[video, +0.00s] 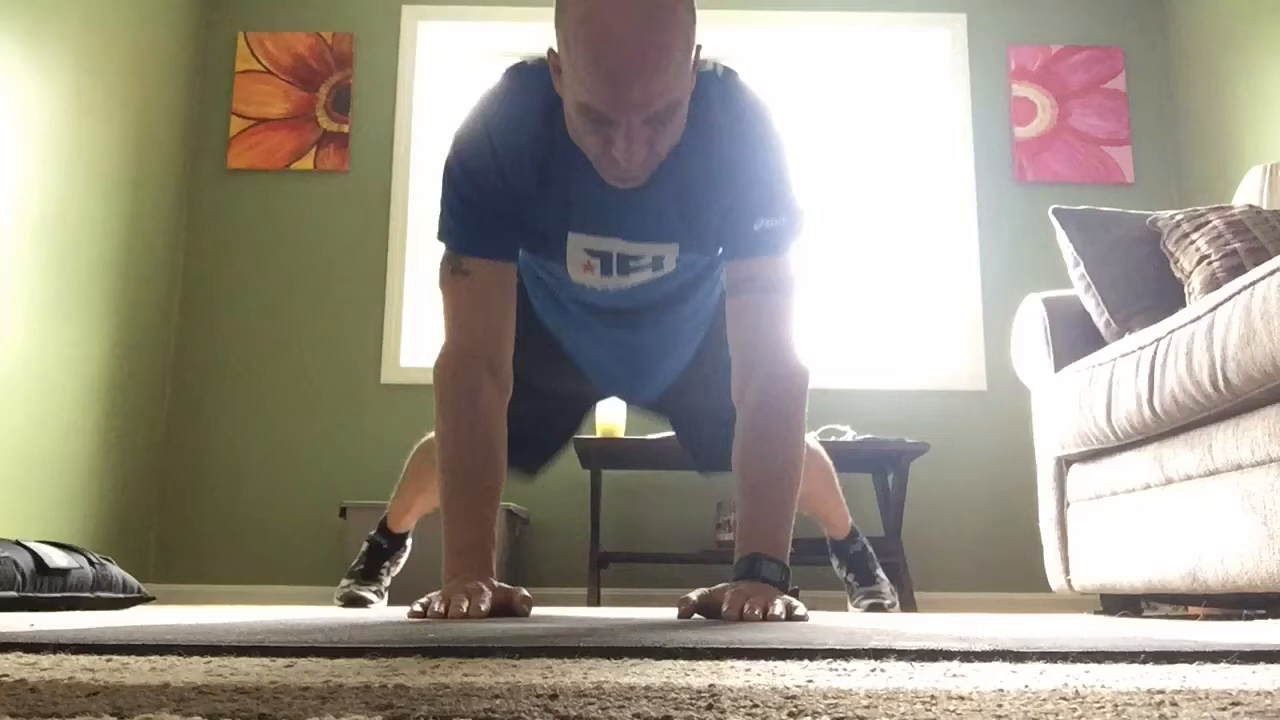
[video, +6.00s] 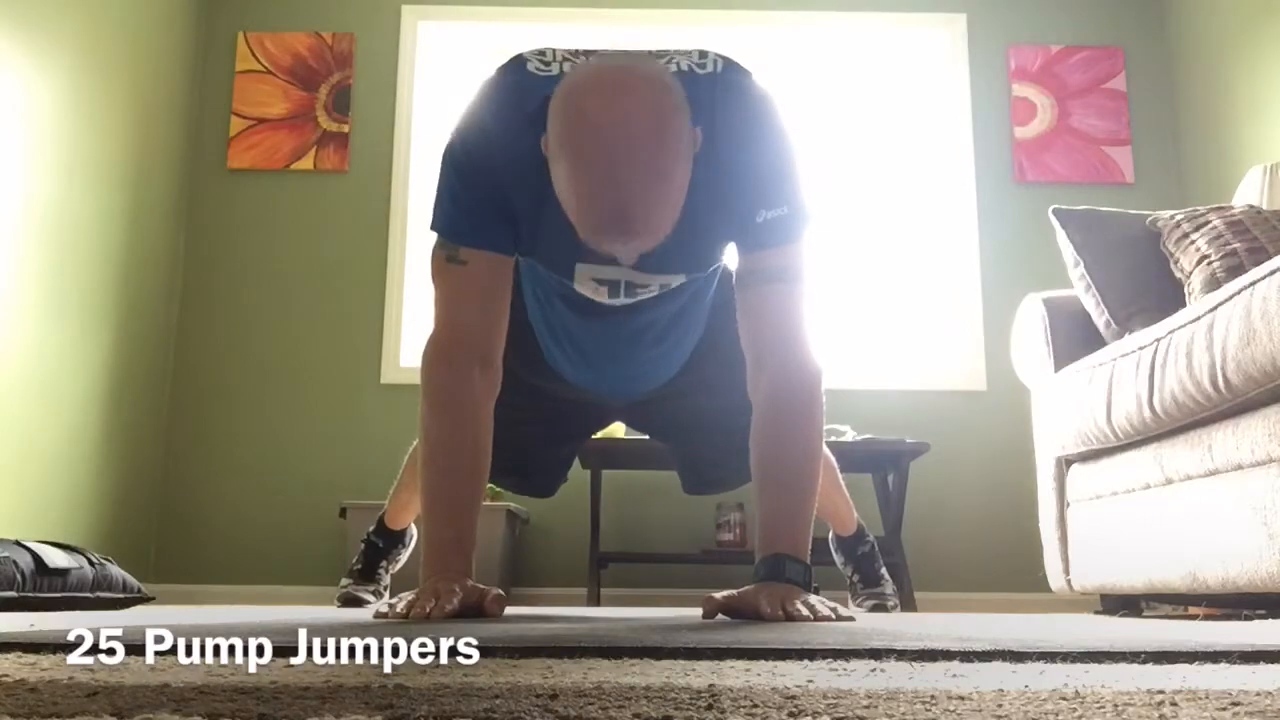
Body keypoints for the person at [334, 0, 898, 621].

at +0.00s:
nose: (629, 153)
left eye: (660, 118)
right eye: (598, 120)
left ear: (694, 68)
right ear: (557, 68)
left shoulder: (739, 130)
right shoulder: (498, 136)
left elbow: (770, 372)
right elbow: (472, 368)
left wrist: (758, 576)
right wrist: (469, 577)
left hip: (690, 328)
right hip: (549, 326)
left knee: (784, 454)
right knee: (457, 452)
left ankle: (850, 546)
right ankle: (386, 536)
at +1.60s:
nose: (616, 228)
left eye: (636, 212)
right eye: (591, 213)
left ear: (683, 128)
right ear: (543, 139)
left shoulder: (743, 129)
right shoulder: (489, 127)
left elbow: (789, 367)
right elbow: (461, 356)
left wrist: (785, 571)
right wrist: (447, 581)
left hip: (686, 328)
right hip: (537, 329)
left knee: (791, 445)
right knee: (442, 451)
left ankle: (852, 544)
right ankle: (375, 528)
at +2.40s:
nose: (605, 195)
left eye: (633, 159)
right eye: (579, 159)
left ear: (676, 105)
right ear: (539, 102)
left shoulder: (735, 125)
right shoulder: (483, 133)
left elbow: (776, 360)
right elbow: (461, 356)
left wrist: (779, 574)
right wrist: (445, 580)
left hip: (690, 339)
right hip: (540, 336)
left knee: (787, 453)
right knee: (445, 449)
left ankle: (855, 551)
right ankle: (384, 547)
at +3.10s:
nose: (609, 115)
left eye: (643, 73)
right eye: (579, 71)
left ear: (684, 66)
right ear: (544, 65)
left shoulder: (732, 120)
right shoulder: (494, 119)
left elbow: (779, 358)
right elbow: (459, 353)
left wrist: (783, 575)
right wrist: (445, 582)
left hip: (686, 355)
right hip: (532, 354)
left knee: (787, 457)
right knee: (445, 455)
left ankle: (858, 556)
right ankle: (378, 545)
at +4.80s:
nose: (626, 160)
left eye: (645, 134)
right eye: (602, 134)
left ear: (693, 54)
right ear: (561, 57)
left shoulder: (748, 108)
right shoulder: (494, 115)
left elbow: (783, 360)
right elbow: (462, 353)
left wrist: (784, 576)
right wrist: (446, 582)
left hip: (694, 330)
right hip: (544, 329)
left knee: (794, 454)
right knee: (449, 452)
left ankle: (859, 545)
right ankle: (385, 545)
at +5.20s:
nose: (623, 238)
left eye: (644, 225)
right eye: (600, 225)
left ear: (694, 139)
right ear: (552, 142)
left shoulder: (743, 122)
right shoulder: (496, 126)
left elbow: (782, 366)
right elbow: (463, 356)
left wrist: (779, 572)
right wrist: (448, 578)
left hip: (692, 329)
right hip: (539, 327)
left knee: (786, 438)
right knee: (455, 423)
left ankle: (858, 542)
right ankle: (387, 533)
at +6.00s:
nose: (623, 270)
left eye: (649, 251)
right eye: (598, 250)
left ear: (694, 144)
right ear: (549, 157)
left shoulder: (743, 121)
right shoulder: (493, 133)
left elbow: (784, 369)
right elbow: (461, 360)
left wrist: (780, 573)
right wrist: (447, 577)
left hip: (693, 317)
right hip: (538, 315)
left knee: (787, 436)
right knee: (457, 422)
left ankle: (857, 544)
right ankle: (386, 536)